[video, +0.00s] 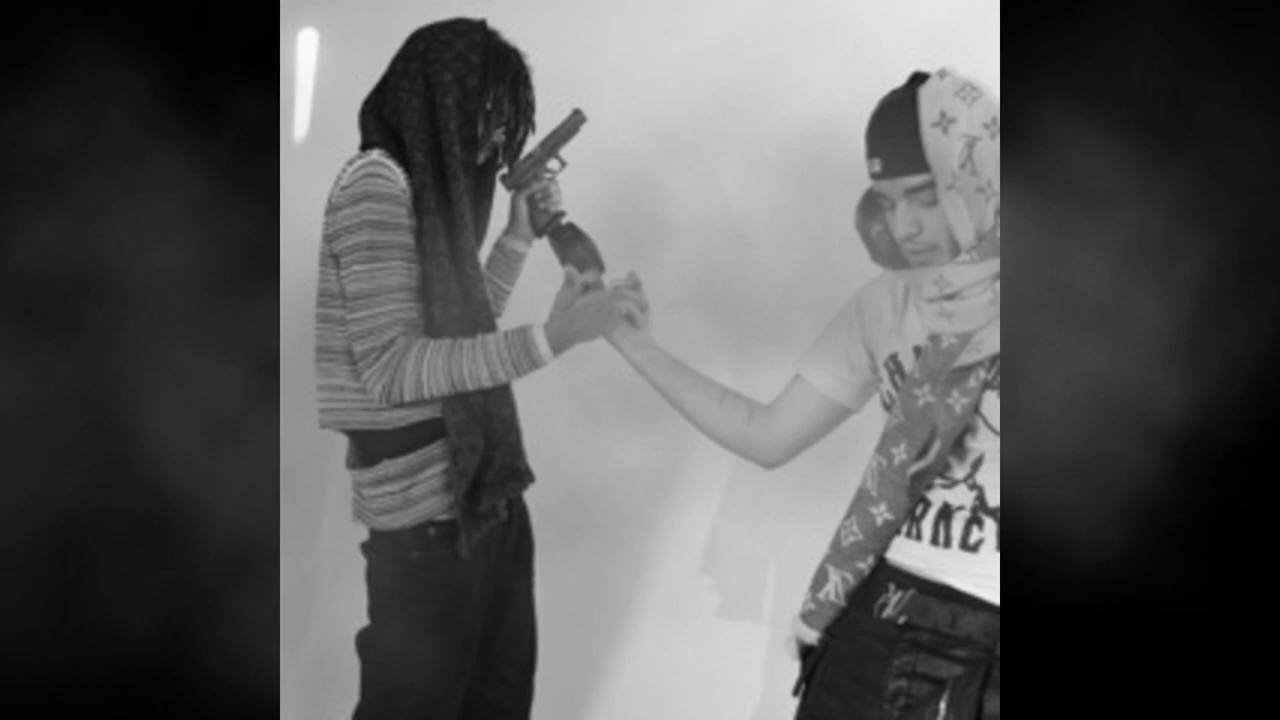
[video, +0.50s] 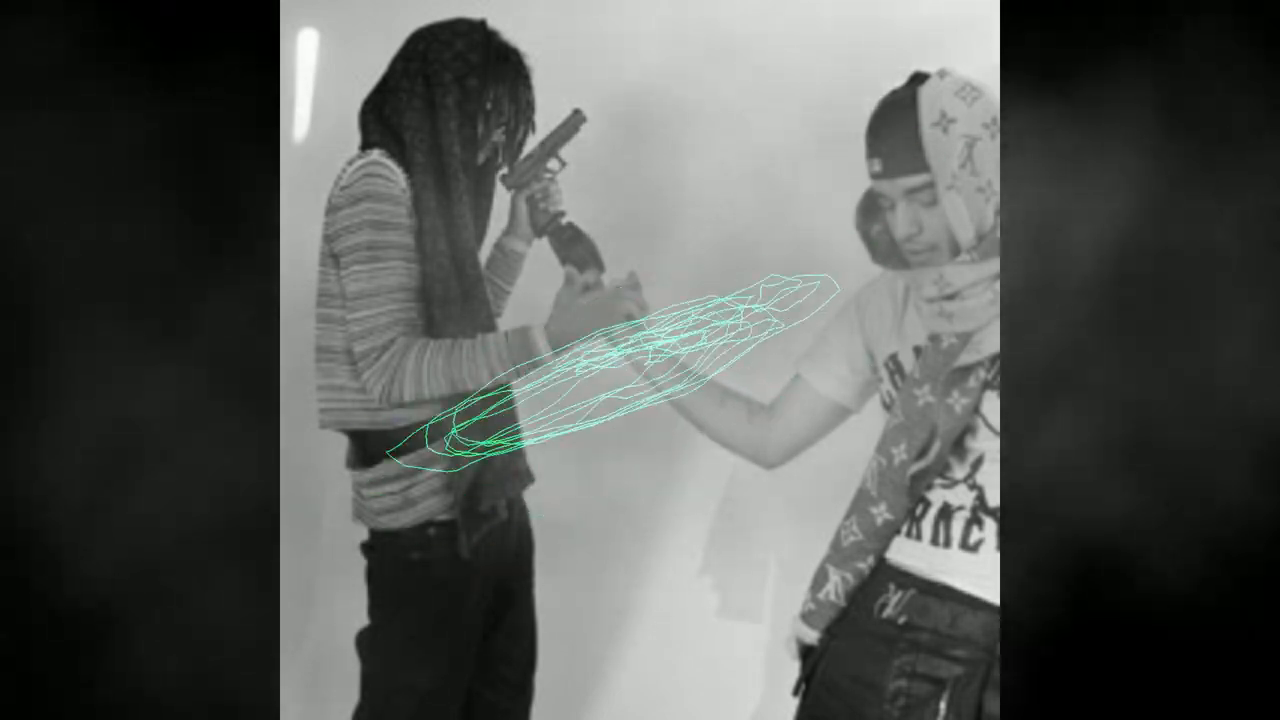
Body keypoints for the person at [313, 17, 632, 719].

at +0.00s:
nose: (498, 144)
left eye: (505, 126)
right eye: (493, 120)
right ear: (450, 107)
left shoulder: (427, 192)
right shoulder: (376, 183)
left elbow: (465, 332)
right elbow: (388, 368)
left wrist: (518, 235)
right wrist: (551, 338)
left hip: (488, 505)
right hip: (421, 522)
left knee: (500, 702)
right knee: (411, 705)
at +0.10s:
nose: (498, 144)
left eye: (505, 126)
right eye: (493, 120)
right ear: (451, 107)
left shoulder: (425, 191)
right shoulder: (376, 184)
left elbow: (463, 330)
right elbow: (388, 369)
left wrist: (518, 235)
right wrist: (550, 338)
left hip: (487, 504)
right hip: (422, 518)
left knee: (500, 702)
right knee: (410, 705)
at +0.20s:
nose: (500, 144)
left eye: (507, 125)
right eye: (493, 120)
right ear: (448, 108)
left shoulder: (431, 193)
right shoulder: (376, 182)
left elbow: (465, 333)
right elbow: (389, 372)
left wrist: (518, 234)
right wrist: (549, 339)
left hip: (487, 487)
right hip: (423, 498)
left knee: (499, 692)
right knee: (417, 696)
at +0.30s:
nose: (500, 146)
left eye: (506, 126)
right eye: (493, 122)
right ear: (450, 110)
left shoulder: (428, 192)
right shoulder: (376, 183)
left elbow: (464, 334)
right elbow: (390, 370)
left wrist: (518, 234)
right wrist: (552, 337)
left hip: (483, 483)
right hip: (420, 500)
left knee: (499, 696)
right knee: (412, 701)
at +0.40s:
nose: (500, 145)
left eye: (507, 126)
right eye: (495, 121)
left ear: (434, 108)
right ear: (452, 109)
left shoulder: (423, 191)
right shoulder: (377, 183)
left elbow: (461, 331)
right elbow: (386, 369)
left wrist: (518, 235)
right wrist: (550, 340)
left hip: (483, 498)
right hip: (421, 514)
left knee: (500, 700)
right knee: (414, 705)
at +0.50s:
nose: (500, 145)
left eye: (508, 127)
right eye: (494, 121)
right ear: (448, 108)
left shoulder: (425, 191)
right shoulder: (377, 183)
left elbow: (462, 330)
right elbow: (387, 370)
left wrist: (518, 235)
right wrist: (548, 338)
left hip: (484, 493)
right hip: (421, 508)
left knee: (499, 699)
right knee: (412, 703)